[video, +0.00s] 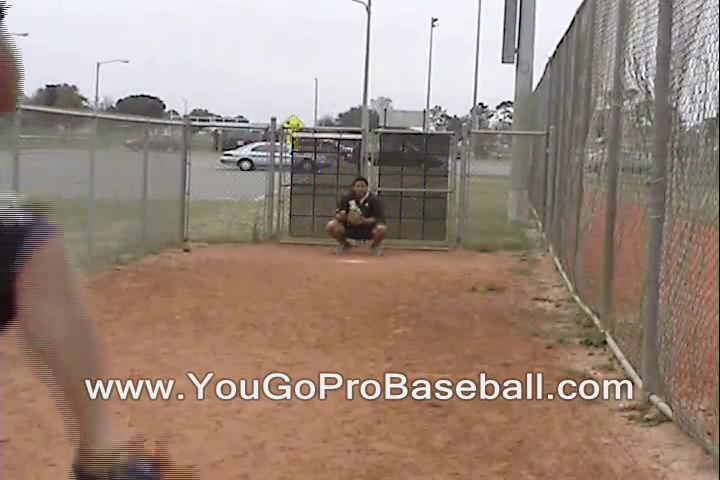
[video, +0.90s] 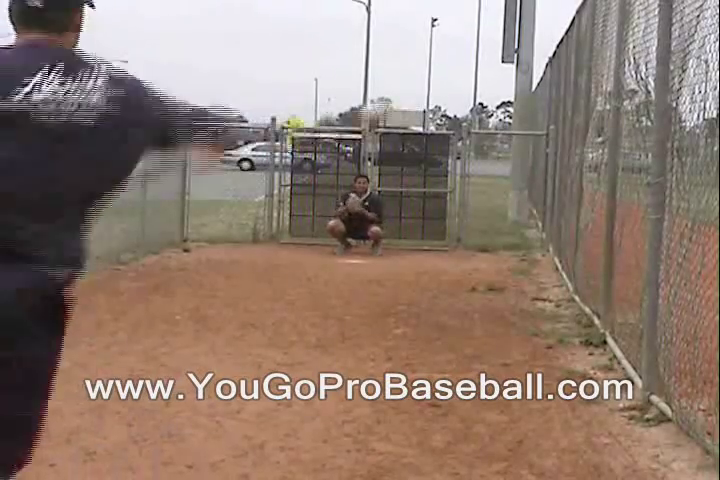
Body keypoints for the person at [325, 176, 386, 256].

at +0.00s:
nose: (360, 189)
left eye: (362, 186)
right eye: (357, 186)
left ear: (367, 188)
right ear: (353, 188)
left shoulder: (374, 200)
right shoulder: (346, 199)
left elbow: (379, 219)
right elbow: (338, 215)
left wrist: (363, 221)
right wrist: (346, 217)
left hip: (366, 227)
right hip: (350, 227)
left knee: (381, 229)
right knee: (331, 226)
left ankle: (375, 246)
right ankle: (344, 244)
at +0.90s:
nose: (361, 186)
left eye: (364, 183)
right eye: (359, 183)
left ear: (368, 185)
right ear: (354, 185)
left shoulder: (374, 198)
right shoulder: (346, 197)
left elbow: (378, 219)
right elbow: (337, 214)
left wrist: (360, 210)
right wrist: (347, 209)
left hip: (365, 226)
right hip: (349, 225)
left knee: (376, 231)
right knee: (332, 225)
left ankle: (376, 244)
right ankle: (346, 244)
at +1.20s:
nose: (360, 187)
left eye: (362, 184)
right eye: (358, 184)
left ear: (366, 186)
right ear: (353, 186)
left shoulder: (373, 198)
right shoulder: (346, 198)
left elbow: (377, 215)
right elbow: (338, 214)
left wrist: (364, 203)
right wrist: (349, 209)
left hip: (367, 227)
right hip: (350, 226)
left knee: (379, 229)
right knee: (333, 225)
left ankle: (376, 245)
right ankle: (346, 245)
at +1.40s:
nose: (357, 187)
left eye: (360, 185)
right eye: (355, 185)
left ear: (364, 187)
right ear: (351, 186)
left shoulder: (371, 197)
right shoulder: (346, 197)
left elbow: (371, 205)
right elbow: (338, 213)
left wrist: (357, 203)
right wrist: (350, 211)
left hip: (367, 227)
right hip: (350, 227)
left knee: (379, 229)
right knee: (334, 225)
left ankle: (377, 245)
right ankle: (346, 244)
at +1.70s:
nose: (356, 188)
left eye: (359, 185)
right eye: (354, 185)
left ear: (364, 186)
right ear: (351, 187)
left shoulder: (371, 198)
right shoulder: (347, 199)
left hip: (367, 229)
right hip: (350, 227)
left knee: (378, 230)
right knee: (332, 225)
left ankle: (377, 244)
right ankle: (346, 244)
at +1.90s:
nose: (357, 185)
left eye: (360, 182)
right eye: (355, 182)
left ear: (365, 184)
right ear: (352, 183)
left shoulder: (372, 196)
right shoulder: (349, 196)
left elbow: (371, 212)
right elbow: (338, 214)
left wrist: (351, 207)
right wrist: (340, 206)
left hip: (366, 225)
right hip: (350, 224)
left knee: (380, 230)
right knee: (332, 227)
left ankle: (377, 245)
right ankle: (346, 244)